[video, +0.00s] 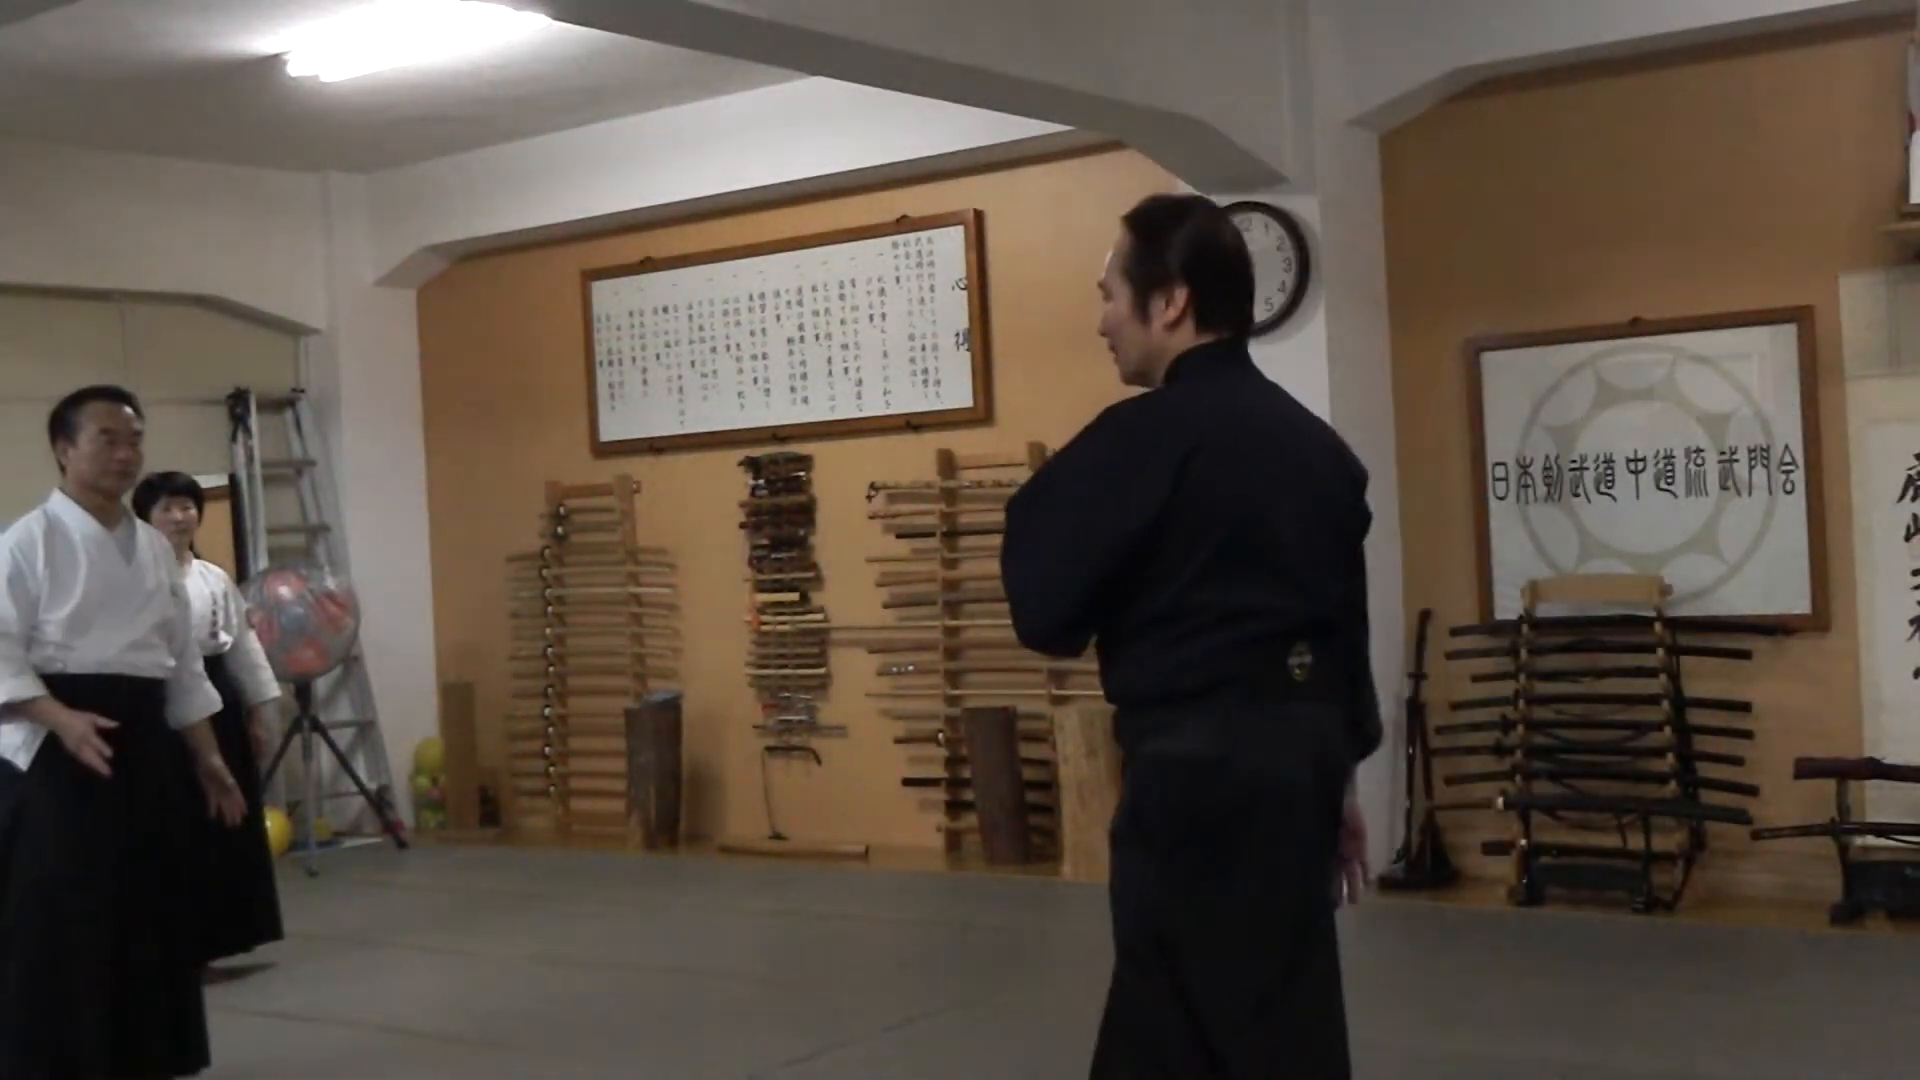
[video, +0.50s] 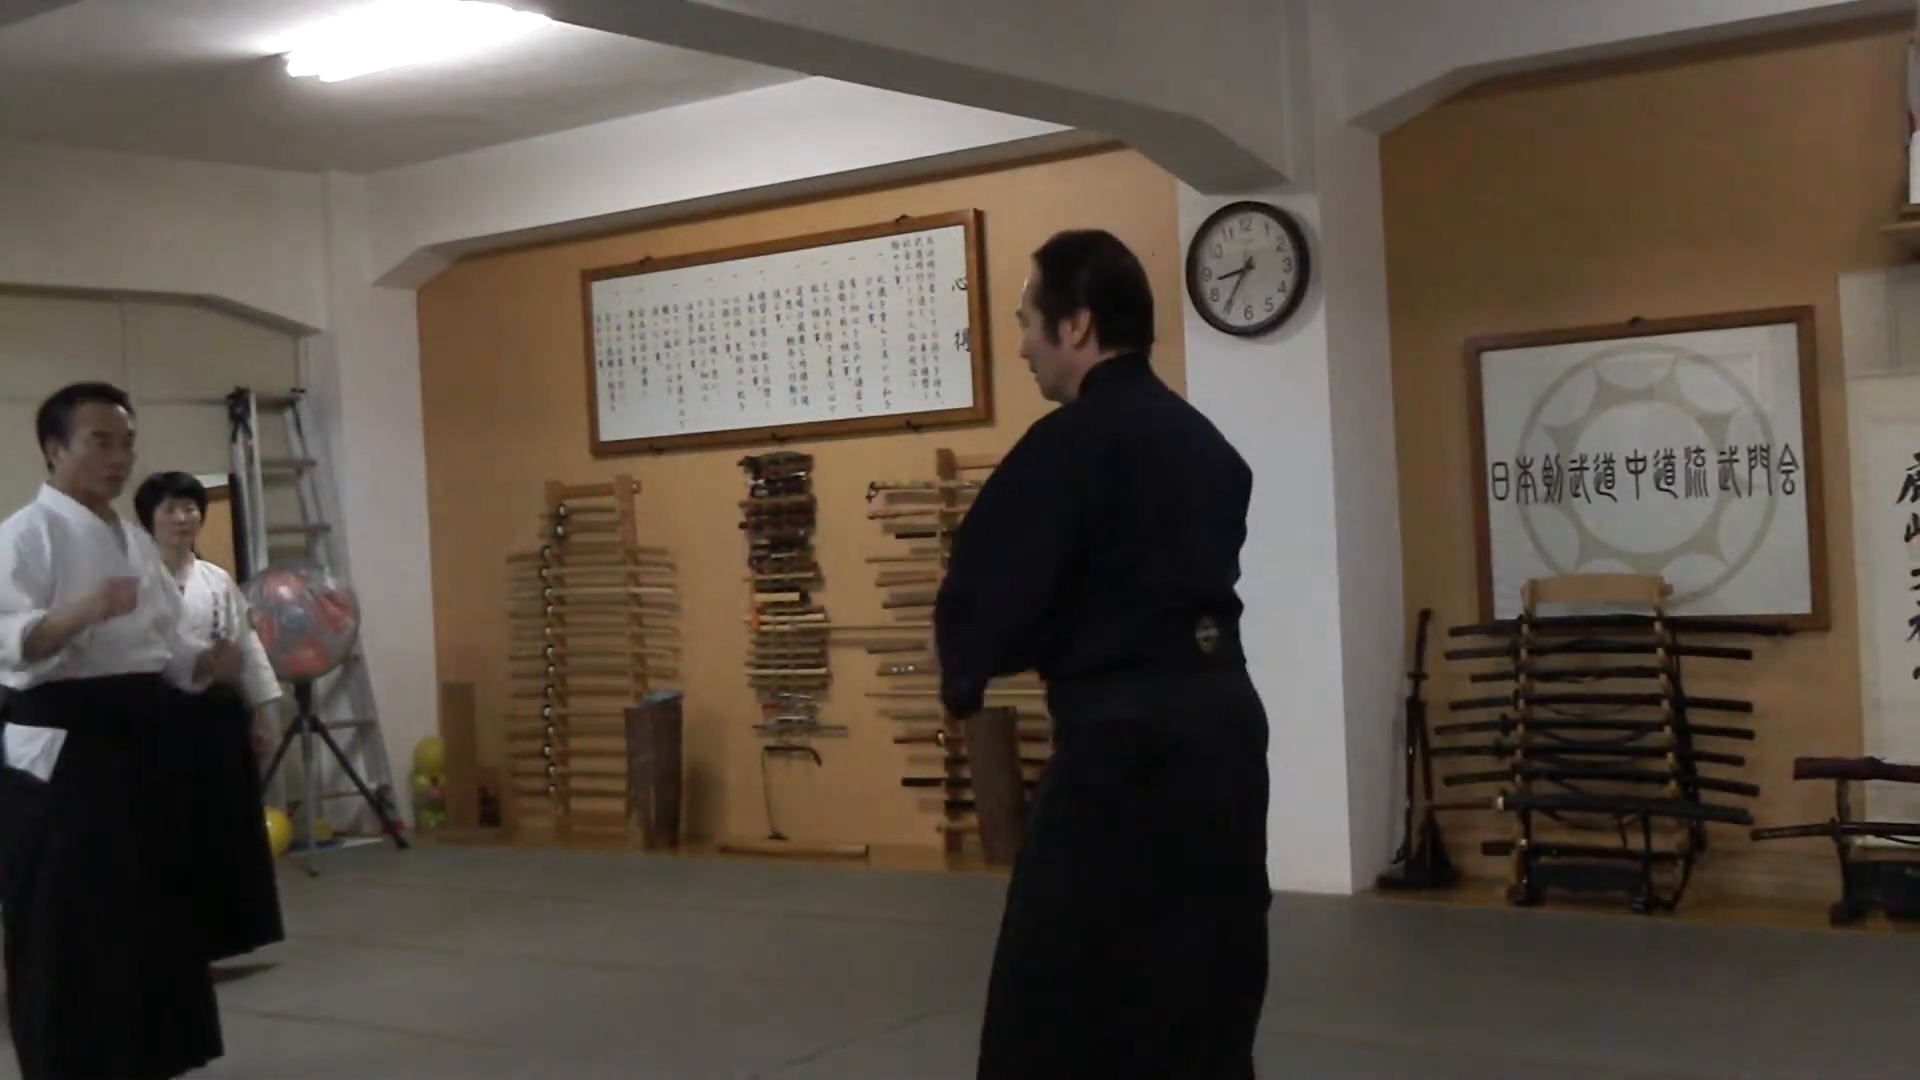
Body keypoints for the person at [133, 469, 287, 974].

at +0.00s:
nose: (180, 515)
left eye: (188, 506)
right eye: (168, 508)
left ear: (199, 516)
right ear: (146, 520)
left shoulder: (215, 579)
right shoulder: (138, 578)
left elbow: (241, 645)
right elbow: (131, 655)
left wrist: (261, 708)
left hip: (215, 699)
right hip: (157, 707)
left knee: (222, 818)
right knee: (169, 823)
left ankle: (217, 941)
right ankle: (179, 945)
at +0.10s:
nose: (182, 516)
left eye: (189, 507)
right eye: (170, 508)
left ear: (200, 517)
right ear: (147, 520)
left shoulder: (214, 579)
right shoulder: (138, 578)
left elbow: (241, 646)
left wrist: (263, 708)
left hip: (216, 703)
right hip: (157, 711)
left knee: (221, 821)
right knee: (168, 826)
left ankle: (216, 942)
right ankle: (178, 946)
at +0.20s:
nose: (183, 516)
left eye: (190, 507)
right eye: (171, 508)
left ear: (201, 518)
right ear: (147, 520)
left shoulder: (215, 580)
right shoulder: (137, 578)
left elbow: (242, 646)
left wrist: (262, 709)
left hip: (216, 703)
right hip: (157, 711)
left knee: (221, 822)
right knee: (168, 827)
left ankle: (215, 943)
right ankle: (177, 946)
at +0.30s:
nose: (183, 516)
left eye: (190, 507)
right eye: (170, 508)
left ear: (201, 517)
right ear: (147, 520)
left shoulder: (216, 579)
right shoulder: (139, 578)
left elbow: (241, 646)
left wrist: (261, 711)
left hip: (216, 699)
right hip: (157, 708)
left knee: (222, 820)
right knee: (168, 824)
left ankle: (218, 941)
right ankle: (178, 946)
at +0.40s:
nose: (184, 516)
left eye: (191, 507)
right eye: (171, 508)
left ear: (202, 517)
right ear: (149, 520)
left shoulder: (217, 580)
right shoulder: (140, 579)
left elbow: (242, 648)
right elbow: (133, 653)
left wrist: (264, 711)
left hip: (215, 707)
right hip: (156, 712)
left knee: (220, 821)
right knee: (167, 827)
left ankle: (216, 942)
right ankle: (176, 946)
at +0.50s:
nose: (183, 517)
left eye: (191, 509)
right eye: (171, 509)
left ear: (202, 519)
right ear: (149, 519)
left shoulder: (217, 581)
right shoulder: (138, 581)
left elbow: (246, 647)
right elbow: (130, 658)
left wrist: (264, 711)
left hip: (214, 719)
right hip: (154, 722)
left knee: (218, 830)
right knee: (164, 838)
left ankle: (213, 938)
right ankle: (171, 943)